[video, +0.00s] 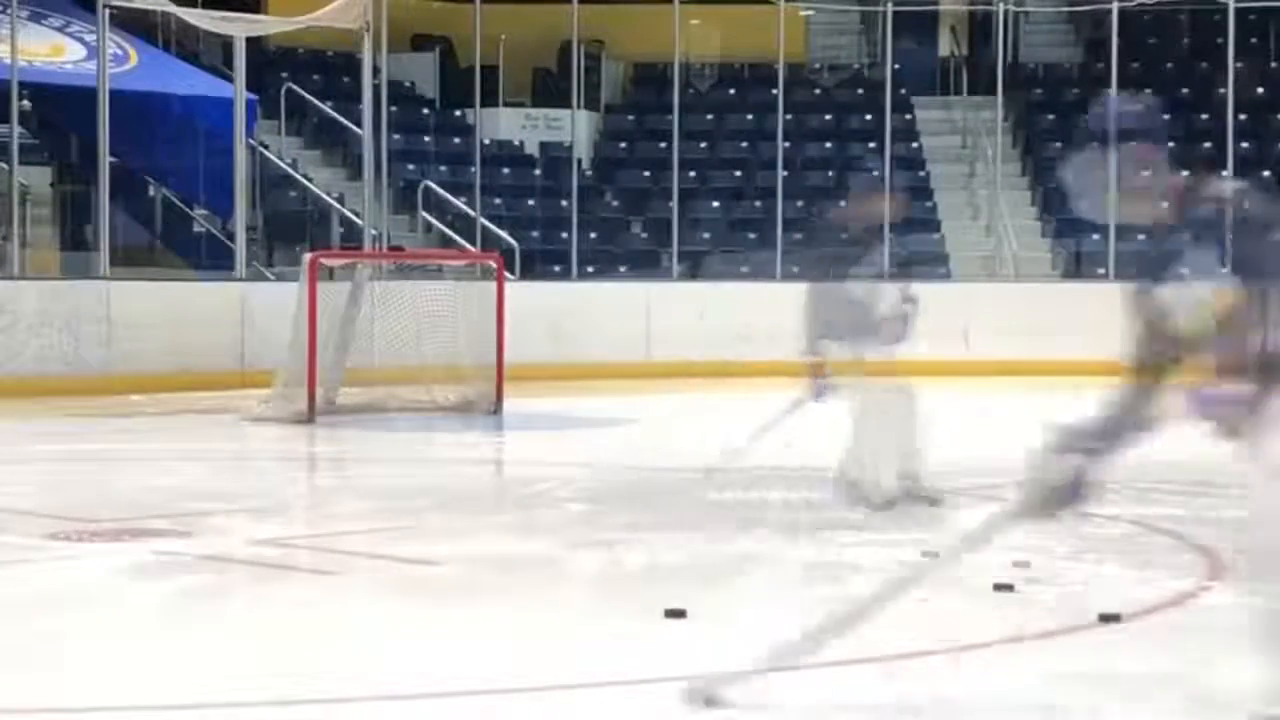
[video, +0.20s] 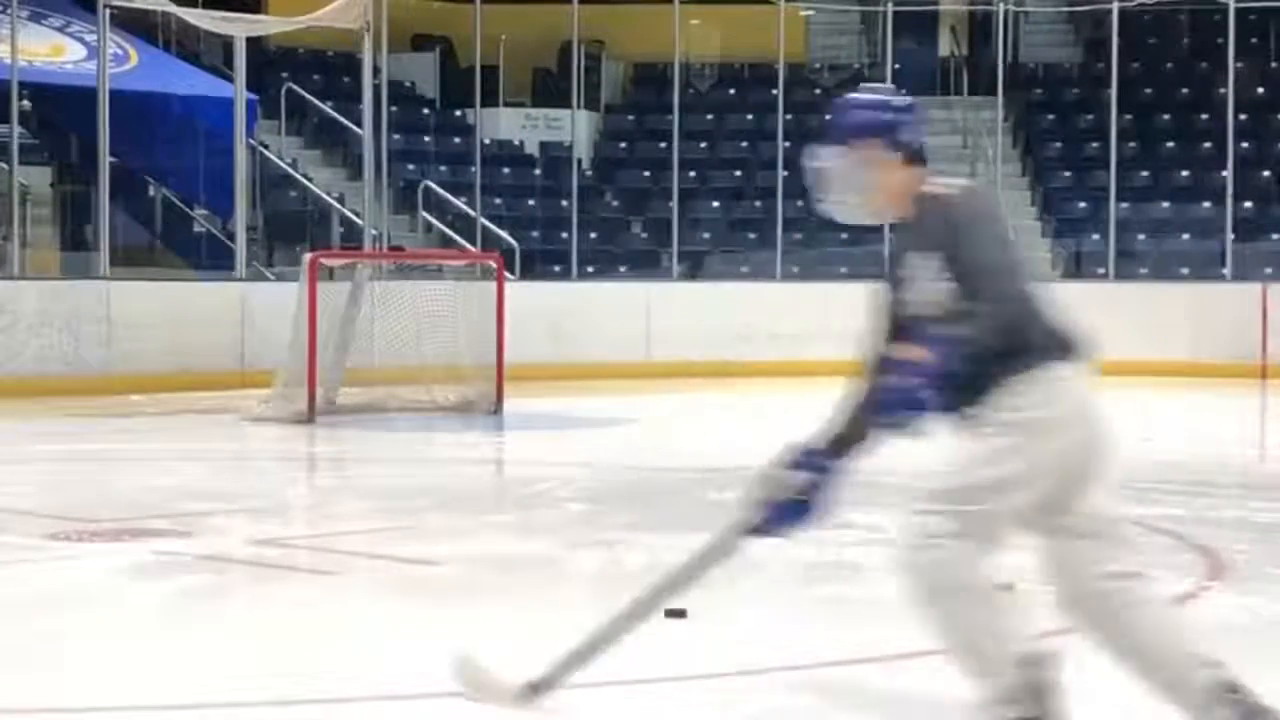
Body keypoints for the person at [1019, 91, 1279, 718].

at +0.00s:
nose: (1125, 175)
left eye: (1133, 157)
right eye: (1110, 164)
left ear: (1160, 155)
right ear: (1099, 175)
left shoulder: (1248, 213)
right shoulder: (1157, 269)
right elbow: (1143, 391)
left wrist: (1242, 395)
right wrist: (1082, 451)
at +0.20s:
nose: (850, 182)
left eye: (860, 163)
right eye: (845, 166)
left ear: (899, 157)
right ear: (869, 167)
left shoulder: (961, 209)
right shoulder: (904, 241)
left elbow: (1009, 315)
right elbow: (894, 374)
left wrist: (939, 363)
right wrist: (820, 459)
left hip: (1044, 403)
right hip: (1036, 413)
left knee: (938, 538)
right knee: (1095, 579)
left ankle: (1021, 691)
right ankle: (1224, 698)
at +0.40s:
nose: (570, 168)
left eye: (577, 151)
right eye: (570, 152)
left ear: (610, 147)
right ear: (619, 148)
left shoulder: (655, 197)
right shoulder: (656, 206)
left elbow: (629, 322)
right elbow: (621, 360)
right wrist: (545, 463)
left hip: (721, 397)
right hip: (754, 396)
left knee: (616, 537)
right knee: (744, 589)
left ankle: (680, 694)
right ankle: (907, 665)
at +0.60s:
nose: (326, 159)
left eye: (329, 148)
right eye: (328, 148)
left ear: (343, 146)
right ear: (385, 144)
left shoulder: (353, 190)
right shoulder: (407, 197)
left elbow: (313, 271)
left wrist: (298, 363)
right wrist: (327, 383)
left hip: (412, 392)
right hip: (460, 396)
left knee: (312, 538)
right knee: (383, 569)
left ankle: (333, 690)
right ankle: (520, 643)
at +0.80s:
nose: (131, 173)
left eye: (134, 164)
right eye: (141, 164)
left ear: (139, 162)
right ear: (189, 166)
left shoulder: (114, 203)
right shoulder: (212, 226)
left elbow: (30, 272)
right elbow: (199, 330)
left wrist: (55, 329)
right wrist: (99, 344)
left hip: (127, 396)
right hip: (203, 409)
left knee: (29, 528)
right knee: (122, 553)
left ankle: (16, 656)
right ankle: (199, 620)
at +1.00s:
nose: (104, 184)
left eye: (104, 171)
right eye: (101, 172)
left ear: (39, 166)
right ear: (82, 175)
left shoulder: (7, 213)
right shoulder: (79, 247)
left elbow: (82, 341)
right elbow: (85, 343)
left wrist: (76, 419)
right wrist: (78, 422)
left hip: (10, 389)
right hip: (34, 396)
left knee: (15, 506)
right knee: (20, 505)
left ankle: (24, 594)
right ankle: (27, 589)